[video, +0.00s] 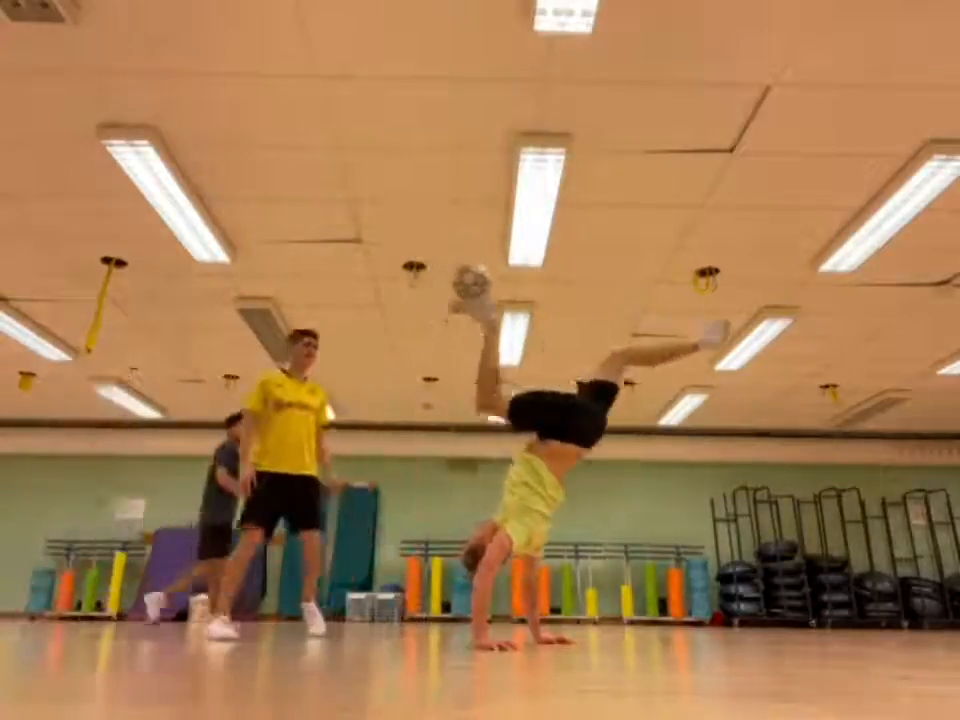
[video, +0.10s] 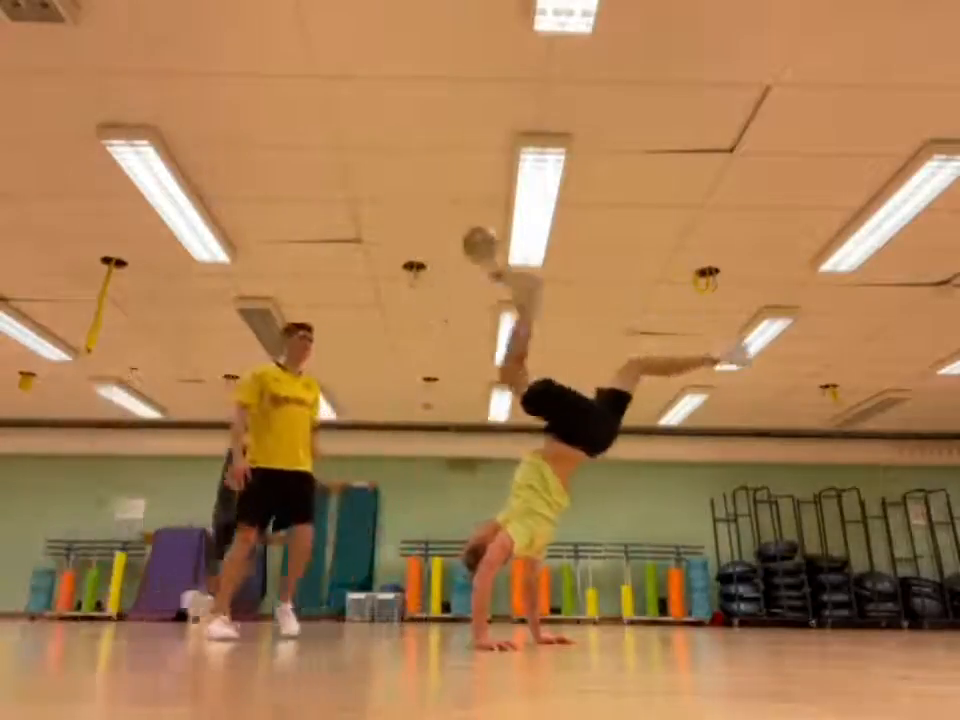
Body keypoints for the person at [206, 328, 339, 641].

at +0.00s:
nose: (310, 351)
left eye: (314, 347)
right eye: (305, 345)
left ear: (317, 355)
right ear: (291, 349)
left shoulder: (317, 393)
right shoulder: (270, 383)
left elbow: (321, 437)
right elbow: (248, 425)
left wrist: (328, 472)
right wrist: (245, 464)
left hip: (305, 474)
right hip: (270, 471)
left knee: (312, 539)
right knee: (252, 539)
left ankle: (310, 603)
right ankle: (222, 615)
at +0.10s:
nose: (305, 345)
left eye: (309, 340)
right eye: (300, 339)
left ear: (312, 348)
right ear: (286, 342)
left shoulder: (311, 387)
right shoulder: (261, 377)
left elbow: (312, 428)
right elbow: (239, 416)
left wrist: (312, 458)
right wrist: (237, 458)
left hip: (299, 469)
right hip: (263, 467)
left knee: (303, 538)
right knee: (246, 539)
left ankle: (286, 605)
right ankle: (220, 614)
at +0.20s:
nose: (305, 339)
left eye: (308, 335)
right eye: (299, 333)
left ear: (310, 344)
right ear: (283, 338)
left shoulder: (309, 383)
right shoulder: (261, 374)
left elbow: (308, 429)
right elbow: (238, 414)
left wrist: (310, 466)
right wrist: (233, 455)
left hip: (295, 468)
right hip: (258, 465)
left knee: (296, 535)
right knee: (242, 537)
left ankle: (267, 613)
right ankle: (220, 615)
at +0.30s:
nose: (306, 336)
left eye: (309, 332)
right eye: (300, 330)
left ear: (310, 341)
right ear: (284, 336)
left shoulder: (310, 379)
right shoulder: (265, 370)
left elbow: (307, 425)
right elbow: (240, 411)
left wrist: (309, 462)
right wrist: (233, 454)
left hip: (294, 466)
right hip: (259, 463)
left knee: (288, 537)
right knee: (242, 537)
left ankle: (259, 615)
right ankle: (219, 616)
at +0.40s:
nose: (312, 336)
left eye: (314, 331)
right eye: (306, 330)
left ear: (313, 340)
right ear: (288, 334)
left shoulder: (311, 378)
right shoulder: (269, 369)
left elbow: (309, 425)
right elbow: (244, 410)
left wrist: (311, 465)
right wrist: (234, 452)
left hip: (295, 466)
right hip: (262, 463)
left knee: (285, 539)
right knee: (249, 537)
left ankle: (256, 616)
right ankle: (220, 614)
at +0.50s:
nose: (319, 336)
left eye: (320, 331)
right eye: (313, 329)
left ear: (317, 339)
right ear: (295, 332)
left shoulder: (313, 378)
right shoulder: (272, 367)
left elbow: (309, 423)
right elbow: (246, 408)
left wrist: (314, 458)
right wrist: (238, 453)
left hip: (298, 463)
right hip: (267, 460)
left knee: (287, 537)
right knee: (264, 532)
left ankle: (256, 613)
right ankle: (228, 608)